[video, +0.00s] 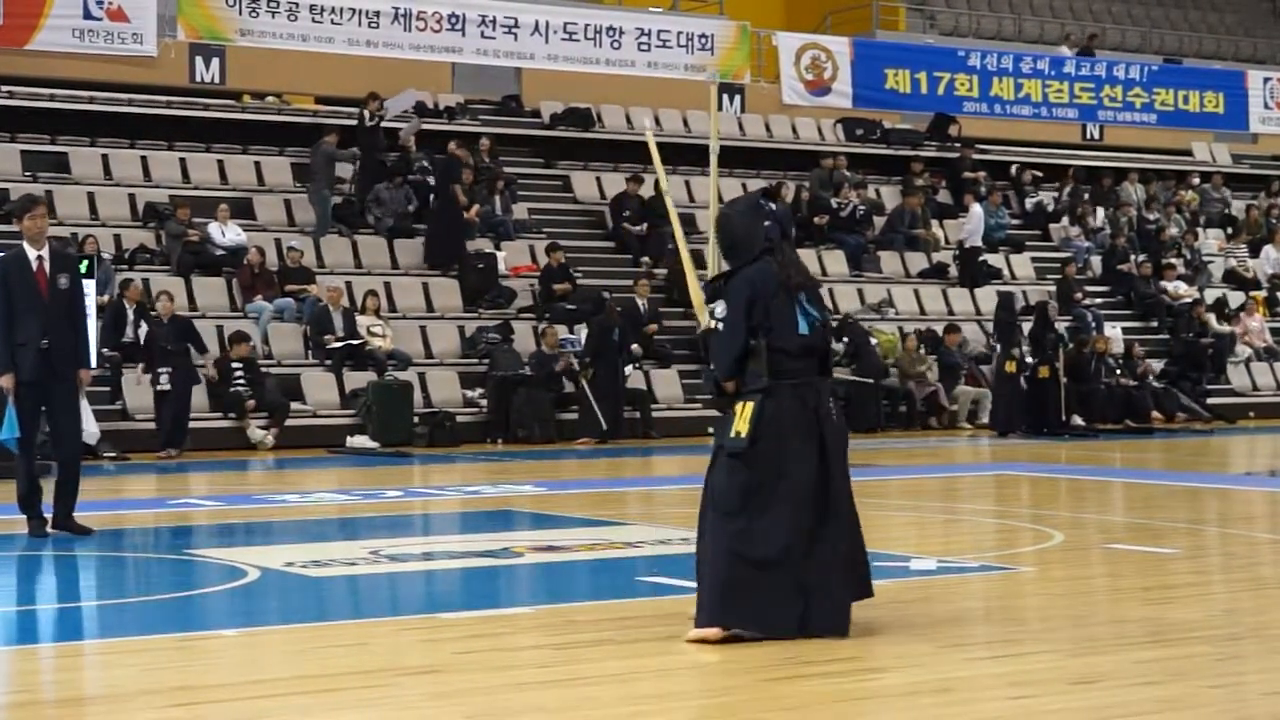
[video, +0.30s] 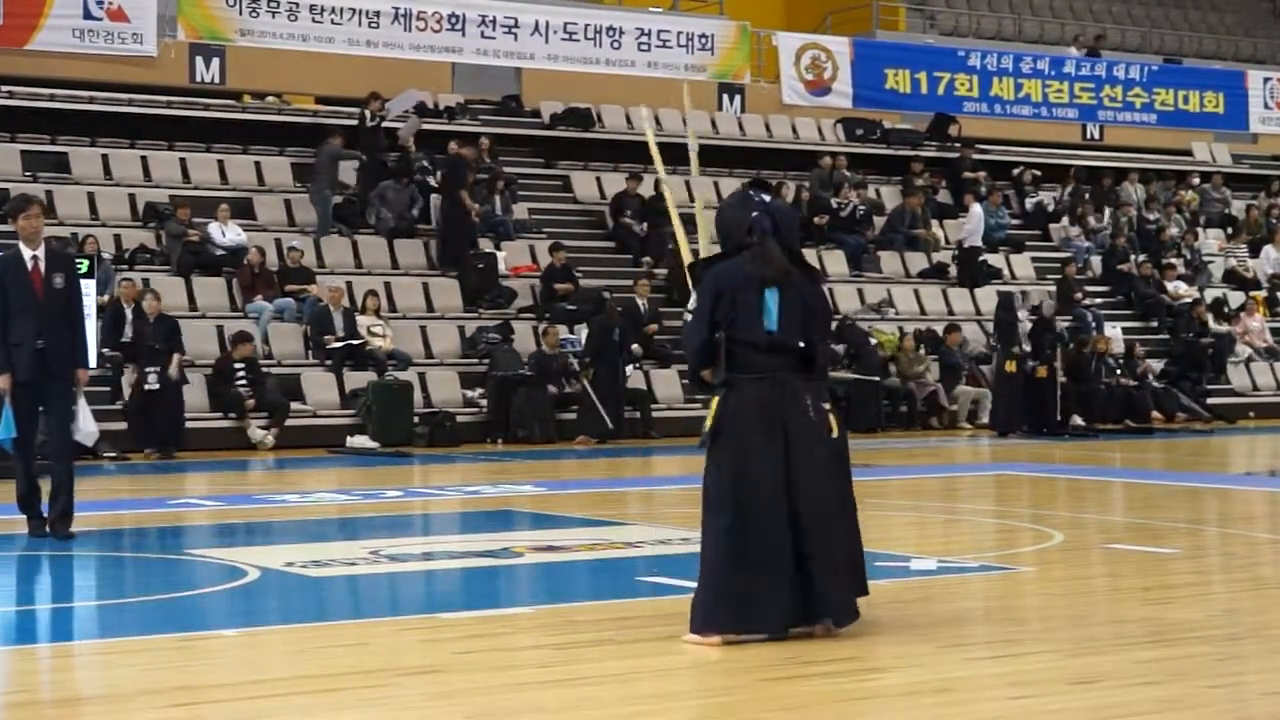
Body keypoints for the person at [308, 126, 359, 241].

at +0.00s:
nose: (336, 141)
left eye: (336, 138)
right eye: (336, 138)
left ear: (325, 135)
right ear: (333, 136)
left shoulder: (317, 148)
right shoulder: (326, 148)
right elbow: (338, 155)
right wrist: (353, 153)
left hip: (315, 189)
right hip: (322, 191)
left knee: (323, 224)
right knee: (324, 225)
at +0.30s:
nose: (340, 144)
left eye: (340, 141)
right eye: (339, 141)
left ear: (329, 139)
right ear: (335, 139)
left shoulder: (323, 151)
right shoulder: (330, 150)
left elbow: (331, 179)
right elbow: (344, 154)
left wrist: (348, 187)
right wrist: (359, 155)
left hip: (317, 191)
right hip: (323, 191)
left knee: (325, 224)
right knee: (324, 225)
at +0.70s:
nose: (347, 149)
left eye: (347, 147)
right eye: (346, 147)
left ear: (336, 143)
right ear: (344, 144)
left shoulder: (327, 153)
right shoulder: (338, 151)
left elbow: (334, 184)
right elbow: (358, 153)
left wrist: (352, 191)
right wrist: (365, 161)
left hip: (316, 190)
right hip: (324, 191)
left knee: (324, 226)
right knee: (324, 227)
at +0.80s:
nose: (347, 149)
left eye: (347, 148)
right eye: (347, 147)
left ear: (337, 144)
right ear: (345, 145)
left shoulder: (328, 153)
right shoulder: (338, 151)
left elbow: (336, 184)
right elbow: (360, 154)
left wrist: (354, 193)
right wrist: (365, 162)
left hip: (316, 190)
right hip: (324, 191)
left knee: (325, 224)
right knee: (325, 225)